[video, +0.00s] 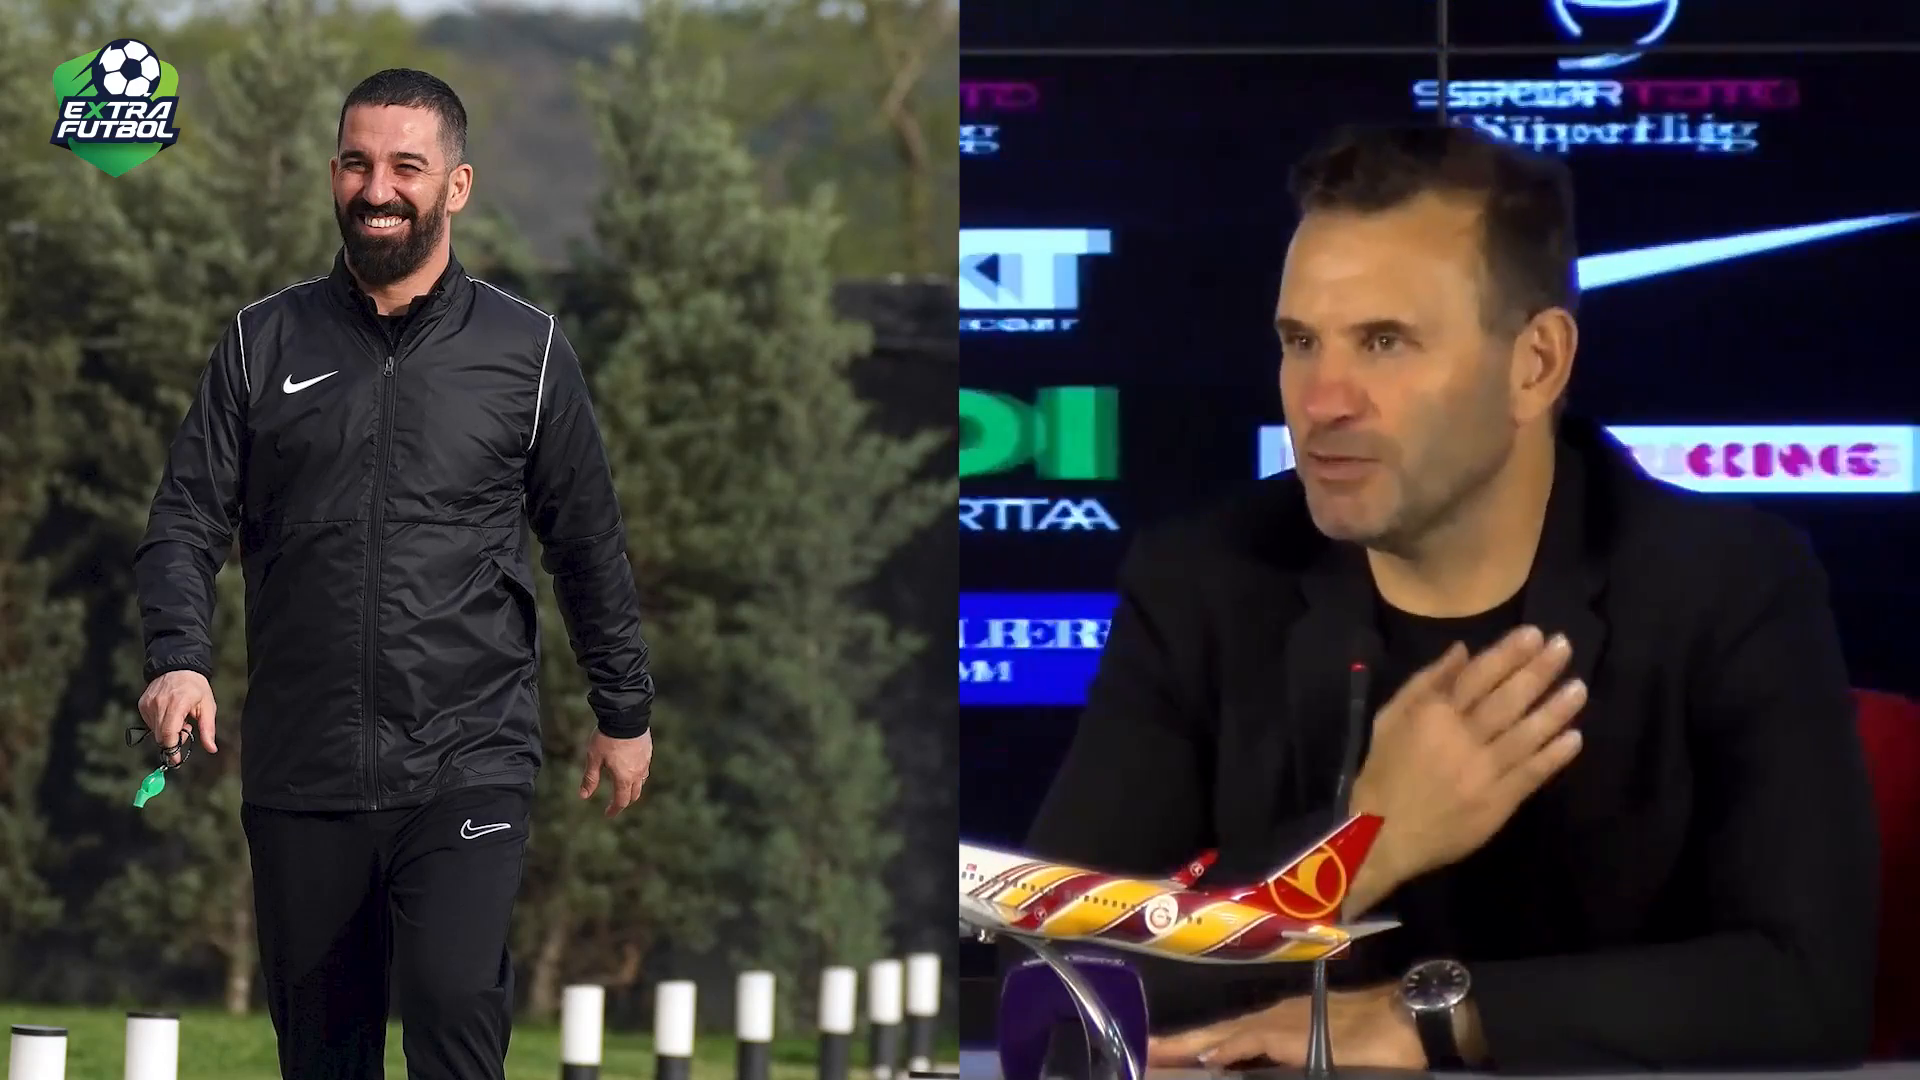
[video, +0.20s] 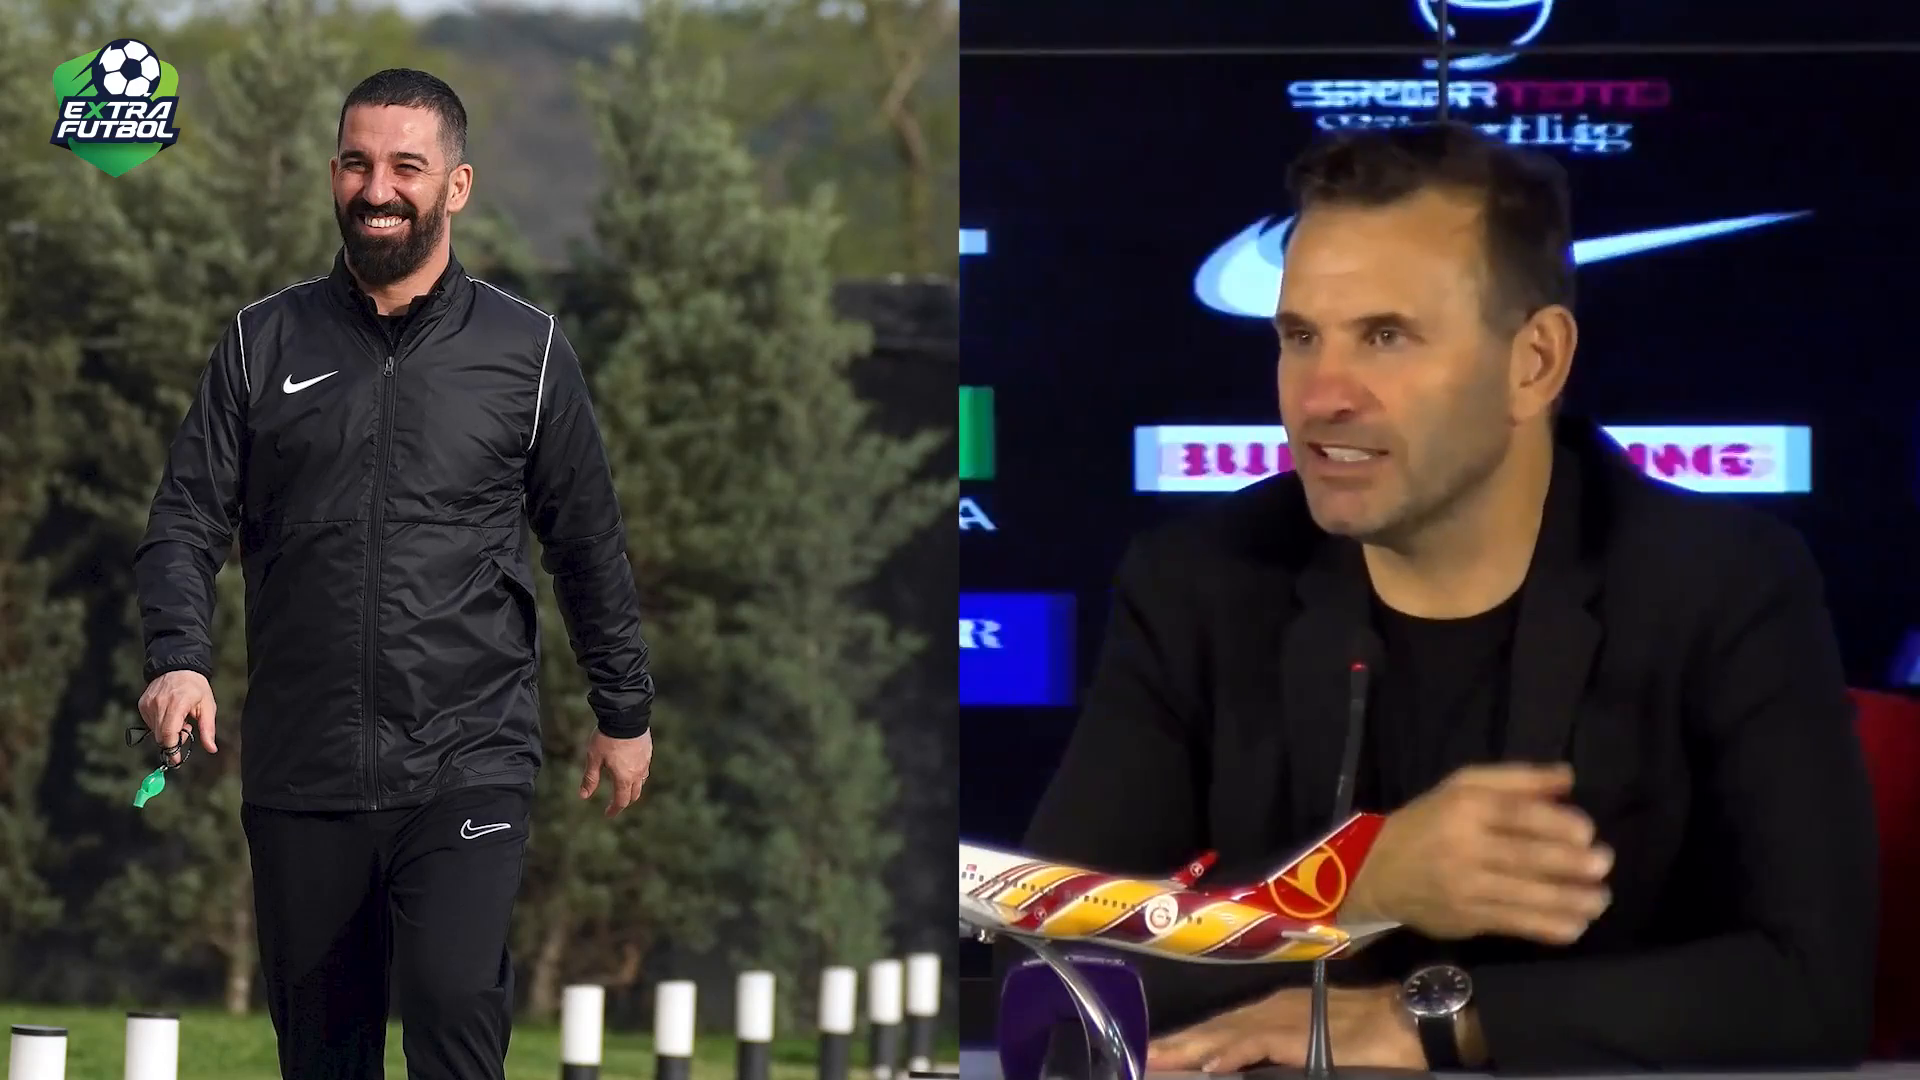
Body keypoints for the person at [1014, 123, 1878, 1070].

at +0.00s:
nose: (1321, 399)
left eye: (1384, 343)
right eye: (1301, 342)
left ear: (1537, 363)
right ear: (1277, 348)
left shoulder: (1733, 590)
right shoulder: (1200, 585)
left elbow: (1810, 992)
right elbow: (1048, 973)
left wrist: (1434, 1017)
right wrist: (1361, 844)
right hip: (1257, 1079)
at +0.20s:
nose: (1321, 393)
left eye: (1384, 338)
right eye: (1300, 337)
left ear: (1536, 361)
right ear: (1278, 347)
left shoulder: (1728, 590)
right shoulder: (1196, 586)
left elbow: (1814, 994)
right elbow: (1046, 953)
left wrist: (1432, 1019)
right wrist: (1365, 879)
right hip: (1248, 1079)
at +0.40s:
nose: (1349, 392)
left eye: (1415, 338)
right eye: (1323, 336)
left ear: (1555, 364)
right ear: (1294, 342)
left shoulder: (1729, 591)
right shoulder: (1197, 584)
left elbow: (1809, 991)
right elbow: (1032, 958)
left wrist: (1430, 1026)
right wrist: (1348, 937)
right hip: (1242, 1073)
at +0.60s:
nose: (1357, 399)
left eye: (1423, 343)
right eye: (1329, 339)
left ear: (1557, 371)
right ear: (1295, 347)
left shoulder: (1731, 596)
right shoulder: (1192, 586)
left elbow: (1806, 989)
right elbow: (1032, 963)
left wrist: (1436, 1024)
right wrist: (1345, 958)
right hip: (1246, 1075)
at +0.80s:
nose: (1384, 395)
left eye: (1448, 338)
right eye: (1347, 336)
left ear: (1564, 364)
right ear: (1304, 351)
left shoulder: (1727, 593)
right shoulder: (1189, 585)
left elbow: (1809, 990)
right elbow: (1034, 963)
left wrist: (1432, 1027)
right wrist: (1352, 938)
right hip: (1241, 1075)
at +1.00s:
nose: (1404, 405)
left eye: (1461, 345)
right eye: (1358, 351)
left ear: (1566, 355)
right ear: (1300, 367)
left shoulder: (1729, 593)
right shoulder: (1193, 588)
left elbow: (1810, 993)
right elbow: (1049, 981)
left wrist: (1432, 1020)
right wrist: (1357, 858)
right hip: (1252, 1077)